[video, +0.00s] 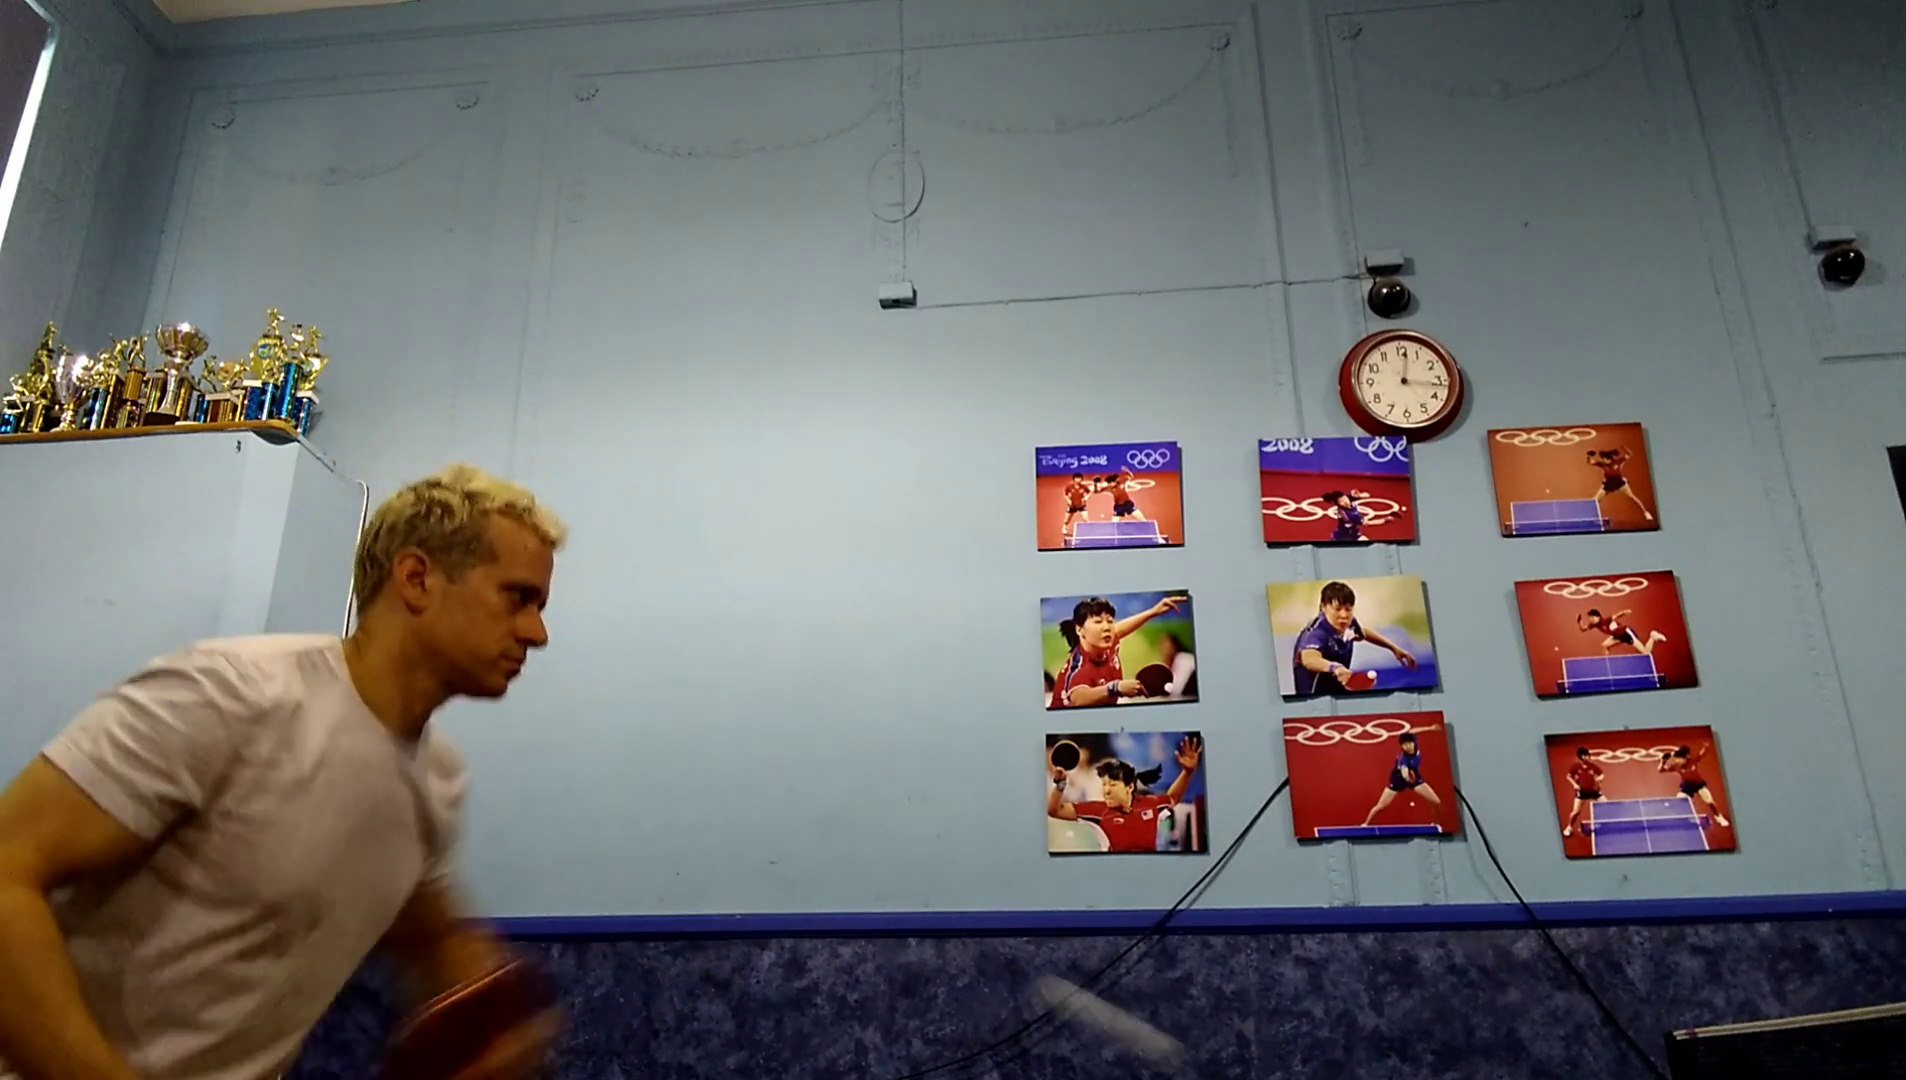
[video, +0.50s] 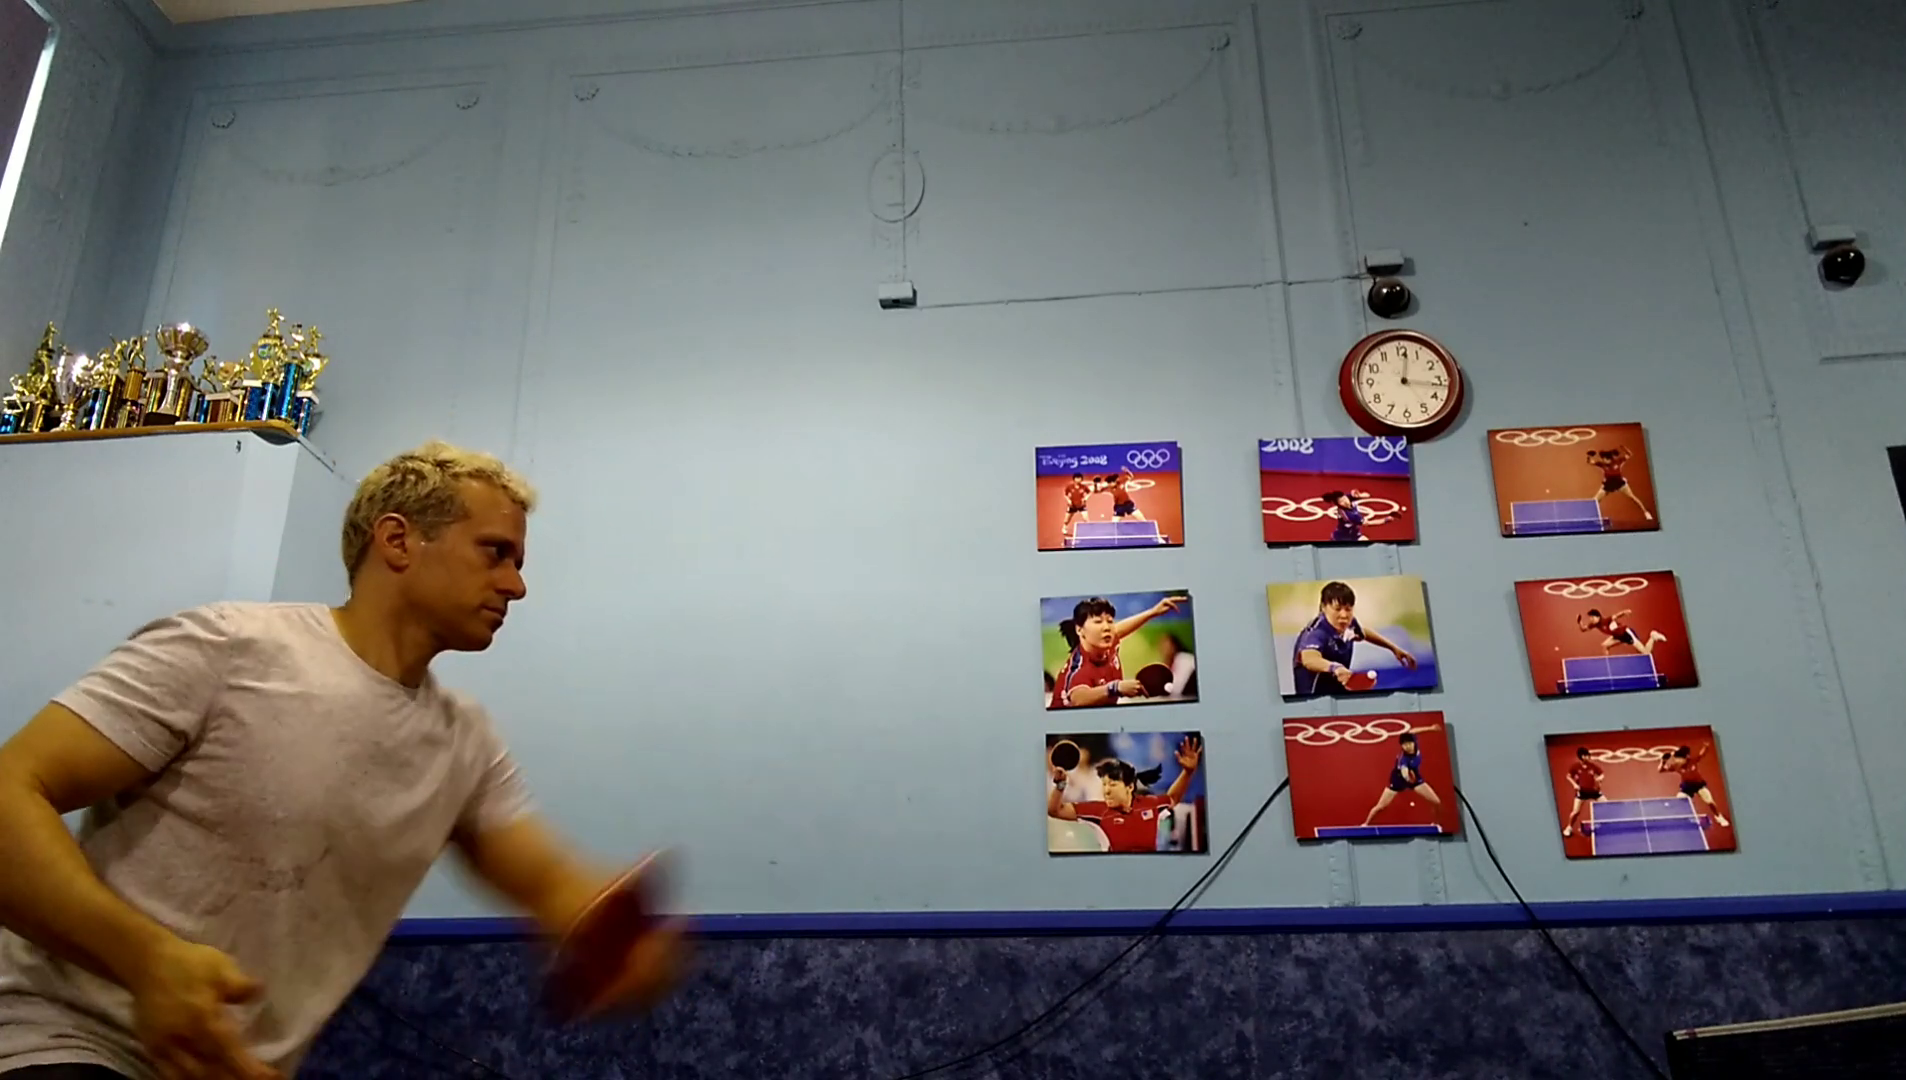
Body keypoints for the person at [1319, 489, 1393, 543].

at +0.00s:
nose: (1344, 502)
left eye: (1344, 499)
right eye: (1341, 502)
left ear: (1346, 497)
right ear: (1339, 505)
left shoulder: (1349, 498)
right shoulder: (1350, 515)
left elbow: (1367, 496)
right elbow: (1366, 523)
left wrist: (1360, 495)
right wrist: (1385, 520)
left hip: (1356, 536)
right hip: (1341, 538)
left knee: (1371, 548)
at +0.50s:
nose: (1345, 502)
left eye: (1344, 499)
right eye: (1341, 502)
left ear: (1346, 497)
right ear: (1339, 505)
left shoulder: (1348, 498)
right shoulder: (1350, 515)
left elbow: (1367, 496)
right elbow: (1366, 523)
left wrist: (1360, 495)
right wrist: (1384, 520)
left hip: (1355, 535)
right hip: (1341, 538)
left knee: (1371, 547)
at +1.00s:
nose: (1344, 502)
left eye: (1344, 499)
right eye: (1341, 502)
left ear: (1346, 497)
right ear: (1339, 505)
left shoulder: (1349, 498)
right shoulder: (1350, 515)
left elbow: (1367, 496)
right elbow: (1366, 523)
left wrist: (1360, 495)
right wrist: (1385, 520)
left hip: (1356, 536)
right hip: (1341, 538)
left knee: (1371, 548)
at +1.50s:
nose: (1344, 502)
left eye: (1344, 499)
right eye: (1341, 502)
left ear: (1346, 497)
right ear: (1339, 505)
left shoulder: (1349, 498)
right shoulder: (1350, 515)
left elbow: (1367, 496)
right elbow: (1366, 523)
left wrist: (1360, 495)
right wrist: (1385, 520)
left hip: (1356, 536)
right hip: (1341, 538)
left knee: (1371, 548)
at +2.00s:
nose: (1344, 502)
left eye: (1344, 499)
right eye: (1341, 502)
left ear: (1346, 497)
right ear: (1339, 505)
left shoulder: (1349, 498)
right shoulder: (1350, 515)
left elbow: (1367, 496)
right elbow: (1366, 523)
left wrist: (1360, 495)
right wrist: (1385, 520)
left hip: (1355, 536)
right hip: (1341, 538)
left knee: (1371, 547)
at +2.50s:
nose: (1344, 502)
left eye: (1344, 499)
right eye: (1341, 502)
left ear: (1346, 497)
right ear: (1339, 505)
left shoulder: (1349, 498)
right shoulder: (1350, 515)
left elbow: (1367, 496)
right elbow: (1366, 523)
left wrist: (1360, 495)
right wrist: (1385, 520)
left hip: (1356, 536)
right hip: (1341, 538)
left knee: (1371, 547)